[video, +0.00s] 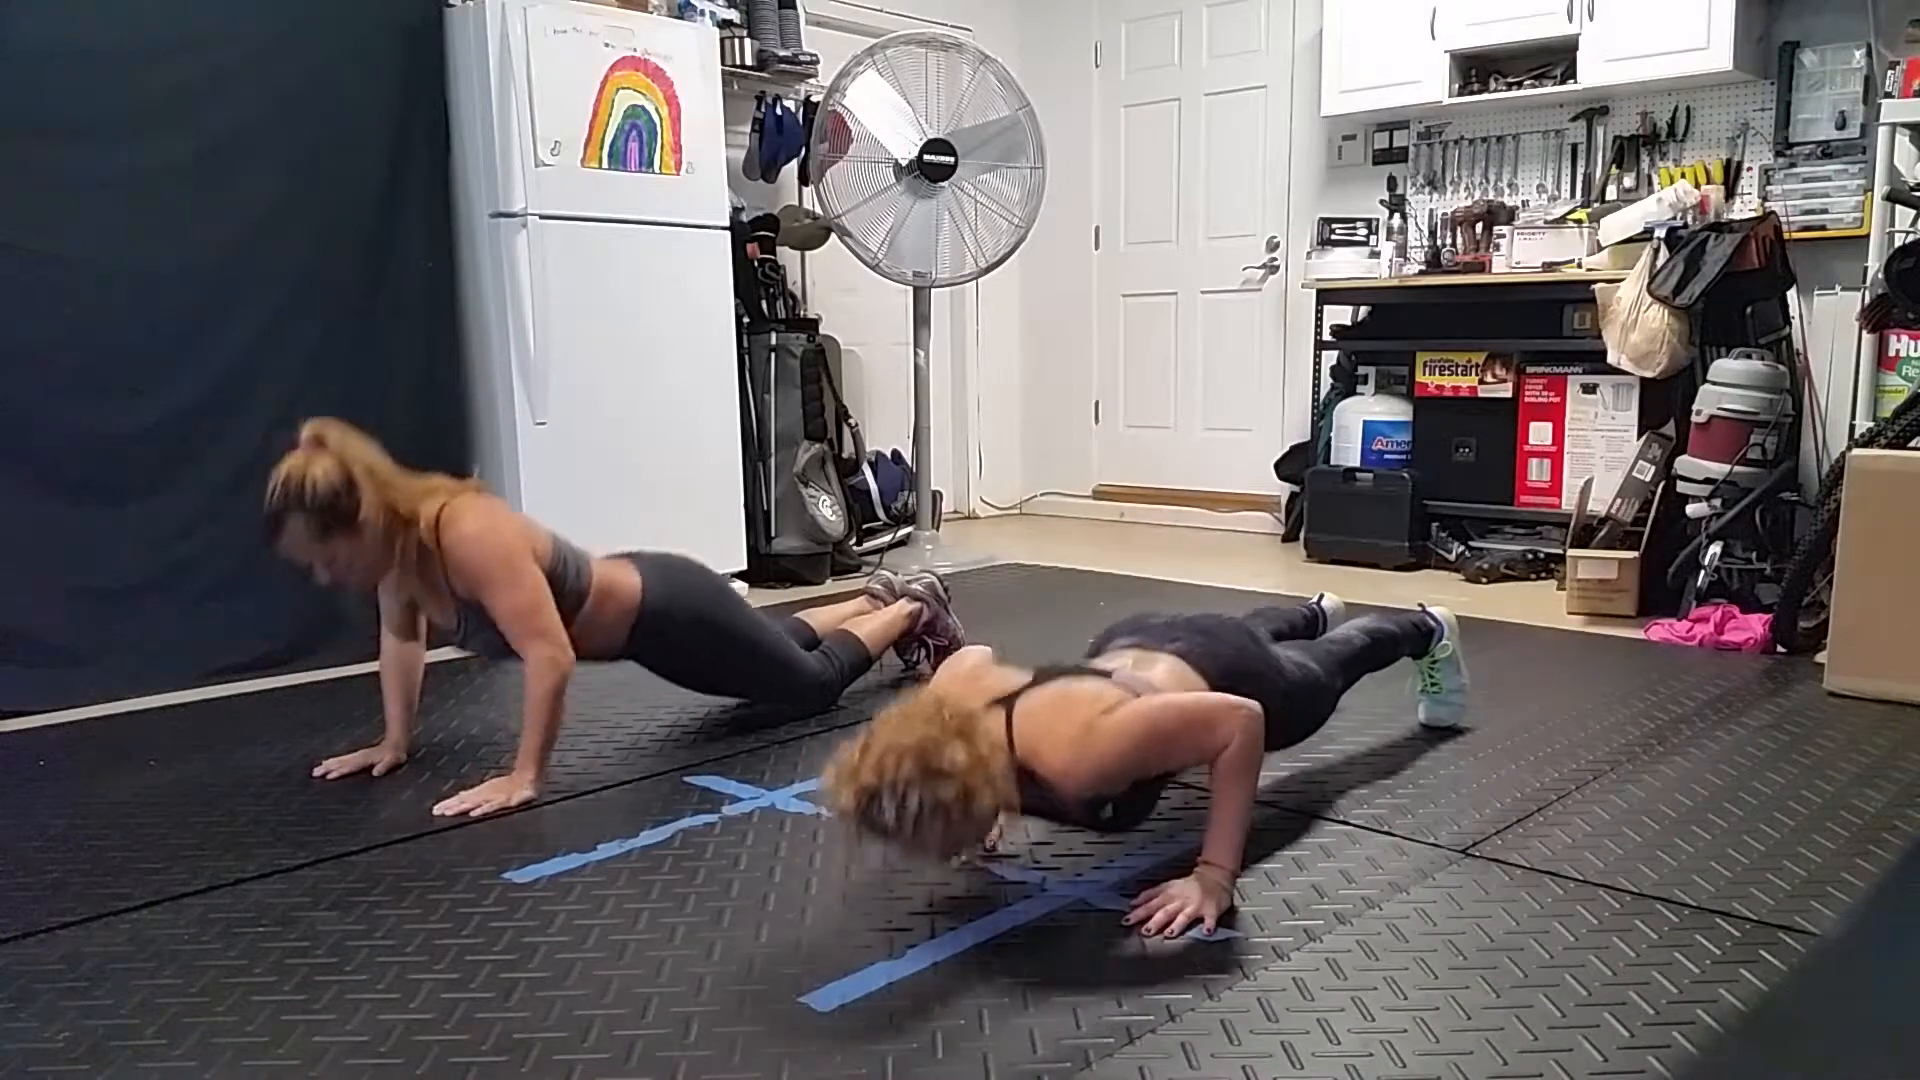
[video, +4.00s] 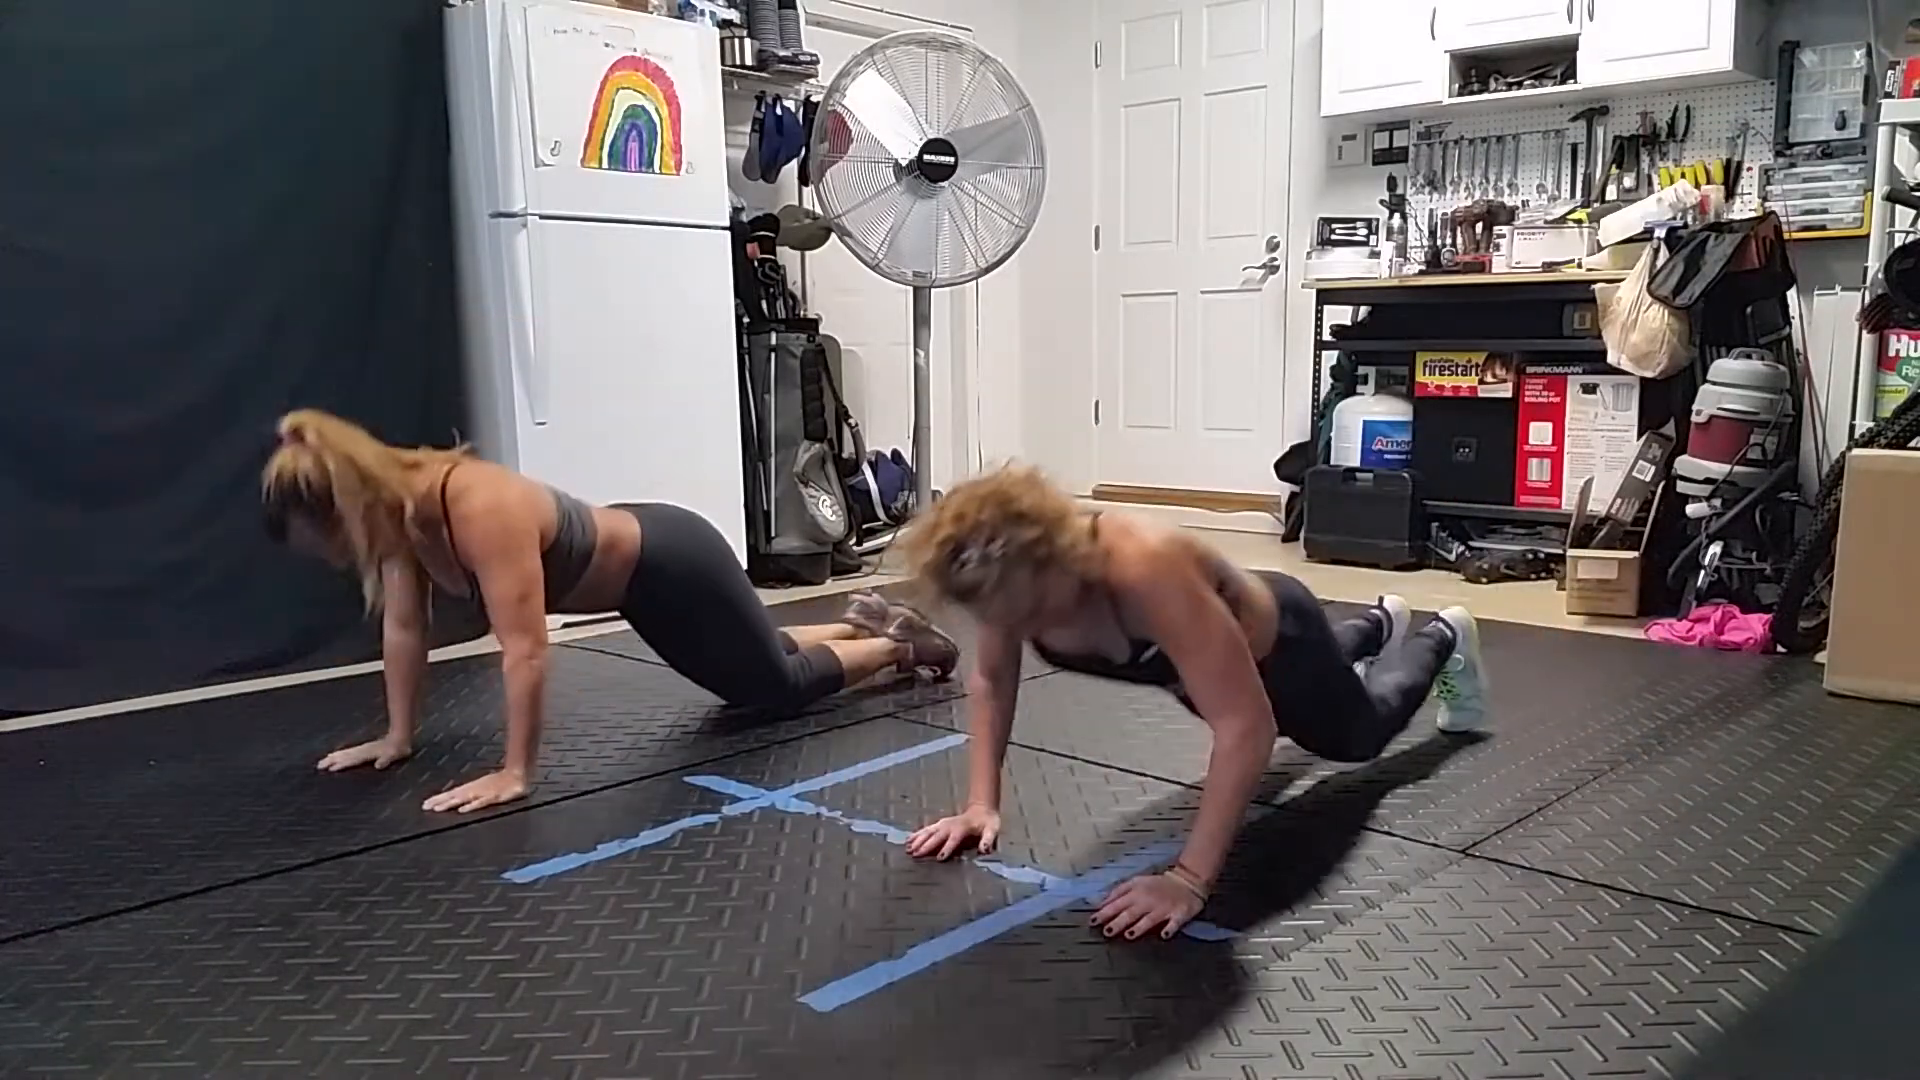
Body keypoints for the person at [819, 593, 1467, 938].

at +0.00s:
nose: (926, 852)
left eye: (928, 840)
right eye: (913, 842)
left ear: (956, 808)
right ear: (908, 737)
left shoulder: (1090, 751)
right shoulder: (944, 708)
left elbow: (1240, 724)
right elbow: (976, 657)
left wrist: (1214, 875)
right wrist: (988, 801)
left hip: (1226, 668)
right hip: (1132, 644)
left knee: (1332, 654)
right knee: (1237, 623)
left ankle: (1416, 626)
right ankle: (1312, 607)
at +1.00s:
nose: (1172, 672)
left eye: (1179, 651)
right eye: (1158, 661)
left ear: (1217, 598)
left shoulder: (1333, 570)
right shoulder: (1170, 600)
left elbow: (1457, 760)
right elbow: (1186, 713)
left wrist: (1466, 944)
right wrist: (1186, 857)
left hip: (1470, 549)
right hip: (1393, 536)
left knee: (1595, 628)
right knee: (1527, 631)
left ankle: (1699, 676)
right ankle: (1601, 668)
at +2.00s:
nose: (1152, 698)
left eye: (1154, 679)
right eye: (1143, 683)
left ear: (1193, 653)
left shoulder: (1345, 652)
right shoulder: (1207, 637)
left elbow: (1510, 773)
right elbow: (1190, 722)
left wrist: (1471, 946)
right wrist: (1186, 856)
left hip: (1511, 680)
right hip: (1442, 639)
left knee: (1609, 743)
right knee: (1532, 652)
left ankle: (1701, 664)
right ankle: (1601, 640)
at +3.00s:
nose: (934, 723)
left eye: (930, 708)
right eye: (918, 713)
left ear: (970, 672)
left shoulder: (1091, 632)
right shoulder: (981, 601)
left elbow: (1231, 729)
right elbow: (995, 692)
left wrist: (1187, 875)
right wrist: (981, 801)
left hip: (1259, 636)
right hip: (1187, 596)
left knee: (1368, 646)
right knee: (1308, 615)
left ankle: (1455, 631)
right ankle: (1393, 613)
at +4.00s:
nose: (995, 629)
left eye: (1005, 611)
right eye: (985, 613)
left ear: (1041, 575)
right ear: (983, 584)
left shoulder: (1145, 564)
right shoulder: (1004, 575)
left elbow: (1245, 728)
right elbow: (990, 681)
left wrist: (1190, 876)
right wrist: (980, 804)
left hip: (1279, 638)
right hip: (1197, 652)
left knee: (1360, 731)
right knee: (1306, 640)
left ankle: (1436, 632)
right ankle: (1380, 616)